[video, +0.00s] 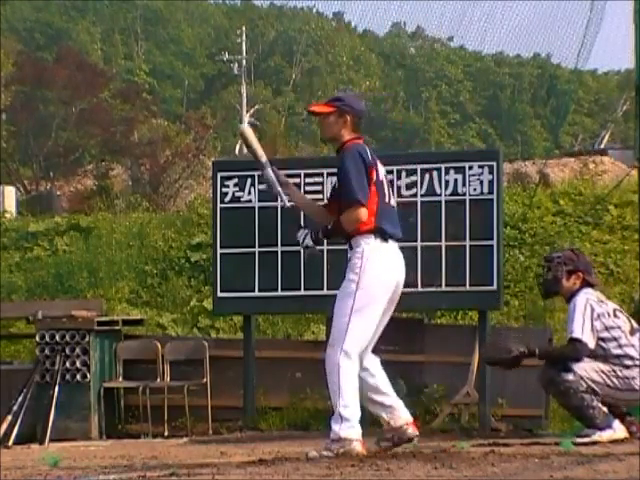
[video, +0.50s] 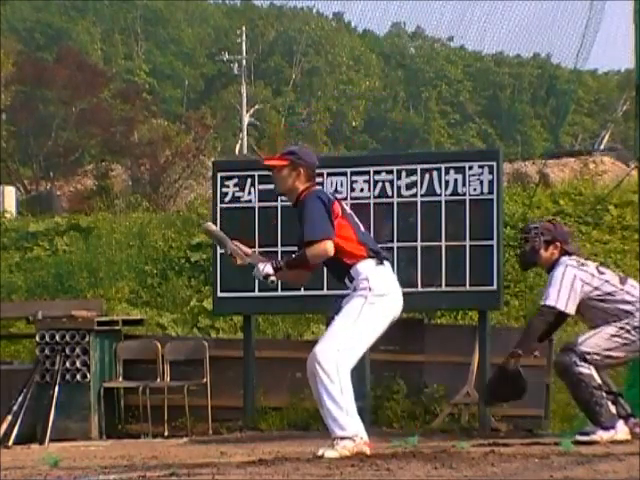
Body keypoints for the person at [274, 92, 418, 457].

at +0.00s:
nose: (320, 122)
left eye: (325, 116)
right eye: (320, 117)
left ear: (345, 120)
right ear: (346, 121)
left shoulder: (351, 153)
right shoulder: (362, 155)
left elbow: (360, 217)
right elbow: (328, 215)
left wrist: (328, 229)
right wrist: (289, 190)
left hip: (370, 257)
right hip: (390, 257)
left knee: (340, 350)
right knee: (358, 350)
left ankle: (346, 437)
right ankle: (400, 423)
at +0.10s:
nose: (308, 127)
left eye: (314, 122)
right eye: (309, 122)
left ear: (334, 125)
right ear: (331, 127)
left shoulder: (344, 159)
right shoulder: (338, 163)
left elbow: (363, 215)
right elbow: (319, 224)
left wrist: (328, 235)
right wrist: (276, 208)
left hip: (372, 259)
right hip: (379, 260)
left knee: (342, 348)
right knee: (352, 349)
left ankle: (347, 437)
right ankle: (355, 436)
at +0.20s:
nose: (298, 139)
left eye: (304, 133)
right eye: (298, 134)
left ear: (324, 136)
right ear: (320, 138)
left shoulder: (339, 169)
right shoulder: (327, 176)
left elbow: (362, 221)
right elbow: (311, 234)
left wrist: (319, 241)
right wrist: (270, 222)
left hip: (373, 267)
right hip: (365, 268)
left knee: (337, 350)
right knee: (337, 352)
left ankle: (351, 436)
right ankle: (351, 436)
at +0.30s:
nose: (289, 152)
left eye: (294, 146)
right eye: (289, 146)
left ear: (314, 149)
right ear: (309, 150)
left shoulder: (328, 179)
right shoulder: (321, 185)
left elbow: (353, 229)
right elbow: (309, 246)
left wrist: (312, 247)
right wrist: (266, 233)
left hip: (374, 275)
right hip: (365, 277)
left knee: (333, 353)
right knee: (324, 357)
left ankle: (352, 438)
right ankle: (349, 437)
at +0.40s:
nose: (280, 165)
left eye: (285, 159)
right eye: (280, 159)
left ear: (305, 161)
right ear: (303, 162)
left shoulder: (319, 190)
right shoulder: (314, 196)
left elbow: (339, 237)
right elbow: (314, 261)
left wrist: (304, 254)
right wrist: (290, 262)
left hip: (374, 284)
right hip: (366, 285)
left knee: (330, 356)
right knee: (322, 360)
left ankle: (351, 438)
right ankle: (351, 437)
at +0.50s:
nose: (274, 176)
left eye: (279, 170)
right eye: (274, 171)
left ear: (298, 172)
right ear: (299, 174)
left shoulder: (313, 199)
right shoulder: (313, 204)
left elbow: (323, 249)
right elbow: (300, 278)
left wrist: (282, 265)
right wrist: (265, 267)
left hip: (374, 288)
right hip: (369, 290)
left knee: (325, 358)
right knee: (322, 361)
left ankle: (351, 438)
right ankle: (351, 436)